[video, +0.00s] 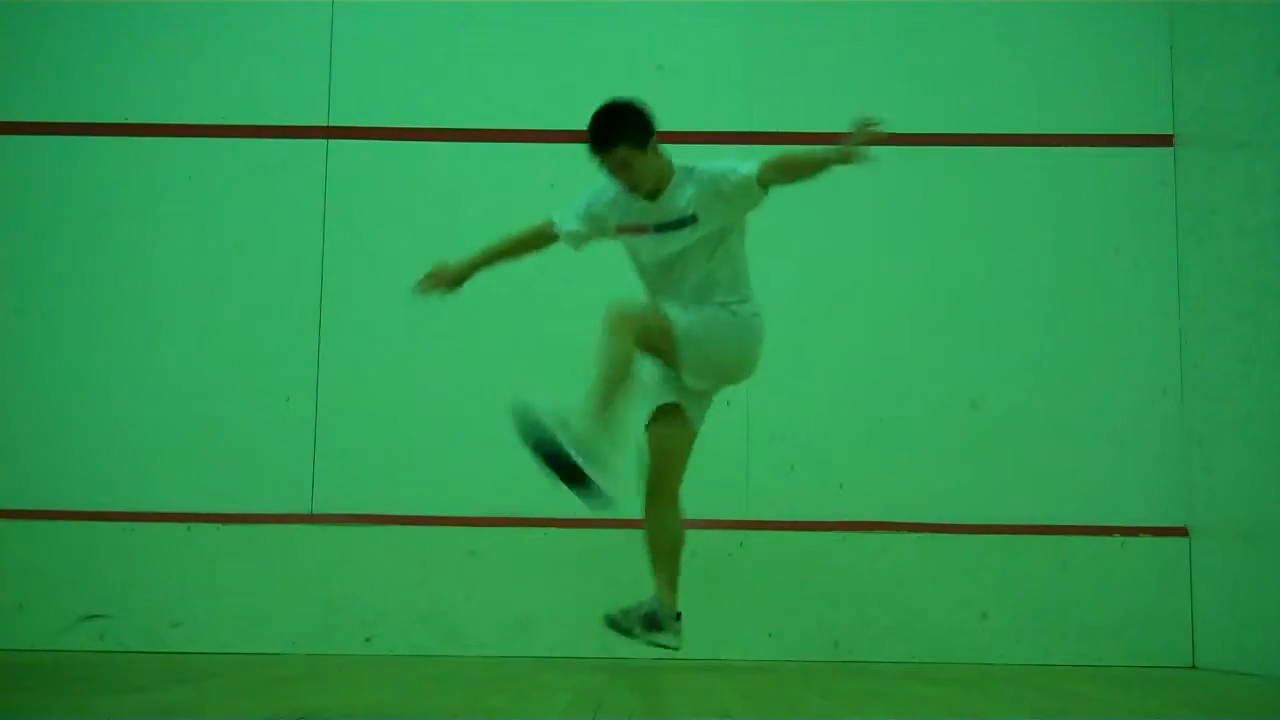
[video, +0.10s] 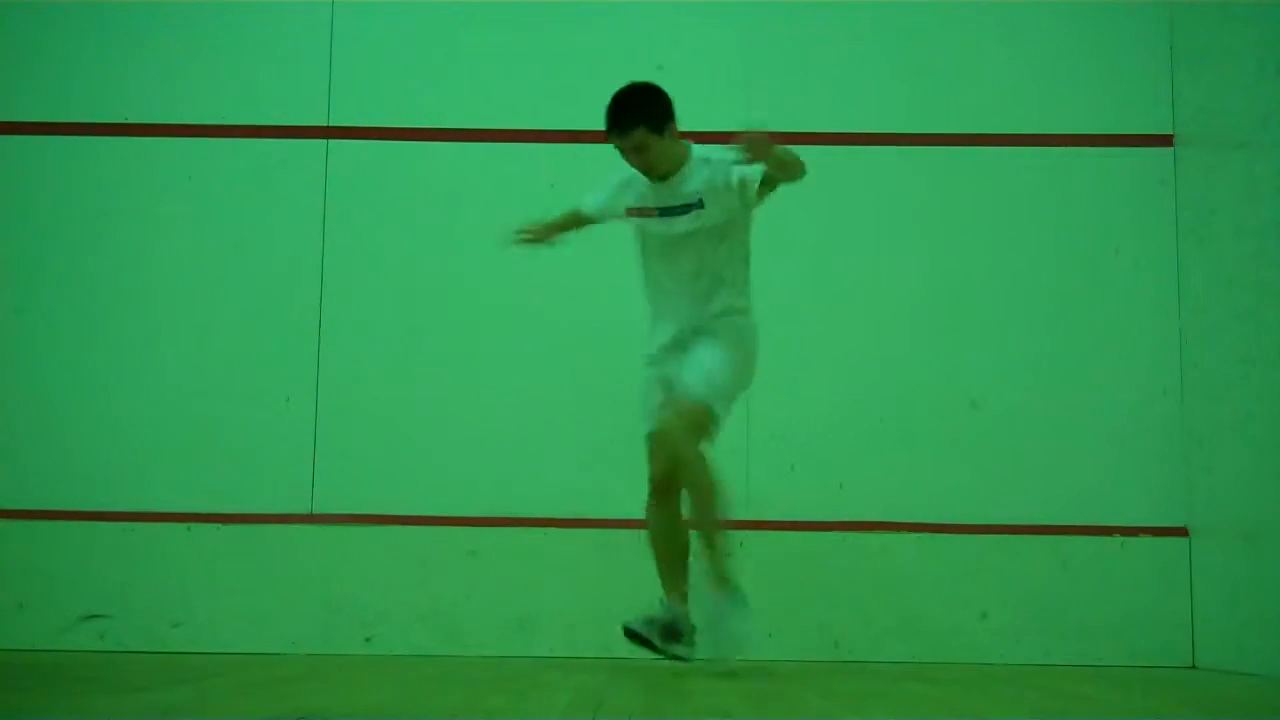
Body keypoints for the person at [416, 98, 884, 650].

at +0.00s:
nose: (619, 179)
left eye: (624, 166)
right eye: (611, 171)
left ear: (652, 146)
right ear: (608, 167)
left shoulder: (714, 183)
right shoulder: (612, 207)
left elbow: (776, 170)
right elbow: (544, 236)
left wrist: (842, 152)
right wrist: (466, 268)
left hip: (731, 335)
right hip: (681, 347)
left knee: (627, 320)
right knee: (661, 473)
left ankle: (594, 452)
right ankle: (664, 610)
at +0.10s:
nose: (633, 160)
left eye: (640, 146)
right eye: (625, 150)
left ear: (670, 131)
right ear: (621, 147)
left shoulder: (723, 175)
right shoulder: (631, 188)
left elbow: (793, 170)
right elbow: (584, 215)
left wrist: (767, 150)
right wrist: (546, 230)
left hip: (724, 335)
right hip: (668, 344)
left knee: (676, 434)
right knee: (661, 475)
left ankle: (724, 588)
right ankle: (676, 614)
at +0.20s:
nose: (642, 177)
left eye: (648, 163)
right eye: (634, 167)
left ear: (680, 149)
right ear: (631, 165)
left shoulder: (732, 197)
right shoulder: (655, 211)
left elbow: (798, 193)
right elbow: (667, 251)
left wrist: (746, 153)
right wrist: (634, 252)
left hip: (721, 385)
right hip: (662, 389)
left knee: (730, 502)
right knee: (639, 479)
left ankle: (766, 636)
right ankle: (673, 615)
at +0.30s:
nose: (635, 168)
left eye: (642, 154)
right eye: (627, 158)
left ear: (673, 142)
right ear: (623, 154)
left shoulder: (720, 188)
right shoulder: (637, 195)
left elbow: (774, 195)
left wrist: (734, 160)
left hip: (714, 359)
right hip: (657, 353)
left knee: (733, 488)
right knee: (599, 385)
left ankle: (757, 628)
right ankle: (665, 491)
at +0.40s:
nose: (629, 157)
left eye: (636, 144)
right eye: (618, 148)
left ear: (663, 131)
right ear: (610, 146)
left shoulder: (707, 180)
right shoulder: (616, 192)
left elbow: (725, 194)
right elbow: (643, 247)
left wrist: (699, 182)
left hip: (712, 340)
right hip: (652, 334)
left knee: (724, 478)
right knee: (549, 307)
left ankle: (734, 612)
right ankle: (661, 375)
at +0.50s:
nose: (620, 167)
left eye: (628, 153)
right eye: (611, 157)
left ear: (657, 139)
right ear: (603, 153)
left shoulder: (696, 181)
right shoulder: (608, 194)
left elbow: (715, 209)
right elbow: (629, 262)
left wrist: (678, 213)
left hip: (699, 349)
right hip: (637, 338)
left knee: (707, 490)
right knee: (524, 342)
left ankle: (715, 623)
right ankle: (604, 387)